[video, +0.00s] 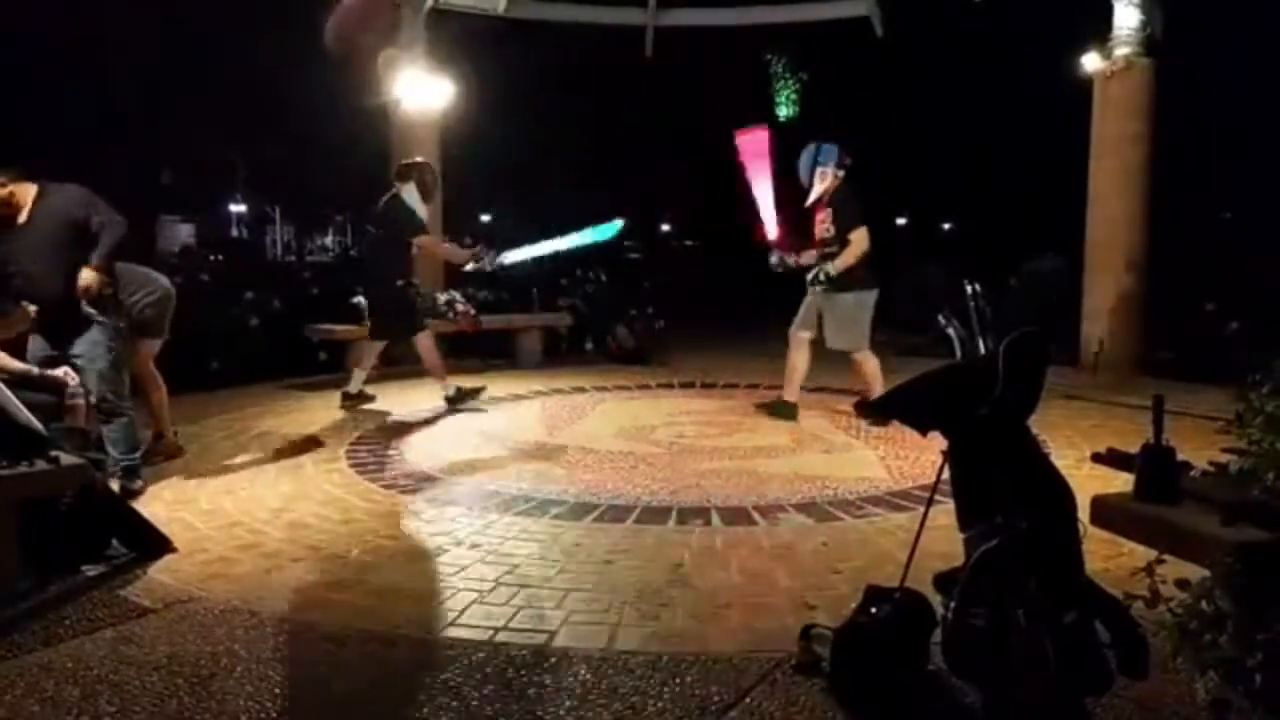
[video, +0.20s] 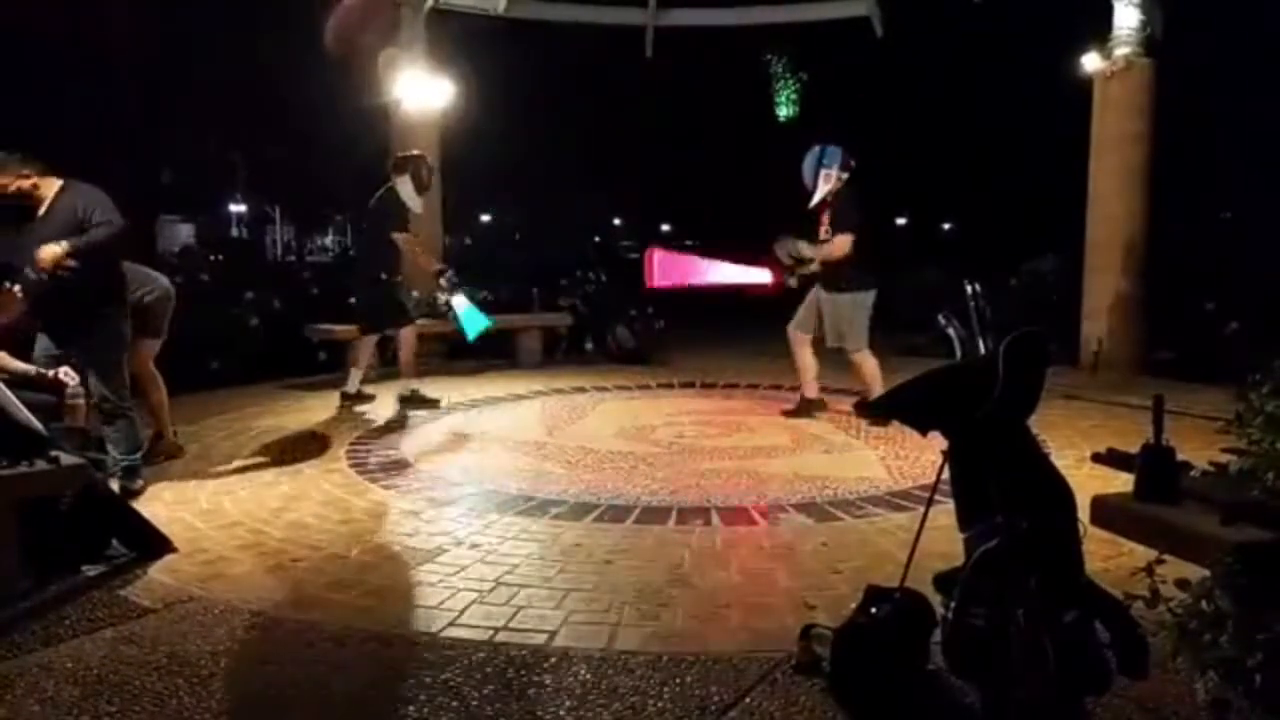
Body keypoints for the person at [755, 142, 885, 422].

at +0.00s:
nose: (817, 182)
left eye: (821, 175)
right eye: (815, 175)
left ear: (832, 173)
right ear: (813, 174)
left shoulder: (845, 200)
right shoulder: (821, 203)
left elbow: (861, 242)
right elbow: (826, 249)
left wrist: (831, 268)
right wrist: (792, 260)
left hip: (854, 287)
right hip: (824, 285)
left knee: (857, 349)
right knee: (799, 335)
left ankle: (879, 401)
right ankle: (788, 400)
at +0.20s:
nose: (816, 181)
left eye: (821, 174)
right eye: (817, 174)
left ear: (833, 174)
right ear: (826, 174)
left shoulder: (848, 200)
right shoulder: (827, 202)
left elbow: (842, 247)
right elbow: (830, 251)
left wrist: (806, 250)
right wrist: (804, 269)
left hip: (853, 289)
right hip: (827, 285)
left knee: (857, 349)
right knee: (798, 333)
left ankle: (879, 402)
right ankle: (810, 397)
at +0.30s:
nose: (812, 183)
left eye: (815, 177)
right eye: (812, 177)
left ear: (827, 176)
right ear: (832, 176)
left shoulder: (839, 203)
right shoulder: (831, 202)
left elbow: (820, 247)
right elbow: (833, 250)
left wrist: (789, 232)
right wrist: (807, 267)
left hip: (850, 289)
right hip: (825, 286)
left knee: (855, 348)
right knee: (787, 325)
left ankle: (879, 399)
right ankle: (799, 391)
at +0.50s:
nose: (799, 185)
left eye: (802, 179)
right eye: (801, 179)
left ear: (813, 177)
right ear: (821, 176)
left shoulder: (824, 201)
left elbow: (796, 241)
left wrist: (781, 229)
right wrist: (793, 255)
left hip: (839, 289)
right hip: (813, 287)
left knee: (854, 347)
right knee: (782, 331)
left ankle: (879, 398)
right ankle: (762, 391)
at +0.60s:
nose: (769, 194)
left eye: (773, 188)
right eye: (771, 189)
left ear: (784, 188)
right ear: (788, 187)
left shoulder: (800, 212)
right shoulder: (781, 212)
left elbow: (797, 256)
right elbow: (779, 252)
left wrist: (776, 271)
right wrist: (764, 252)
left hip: (818, 295)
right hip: (789, 294)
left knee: (840, 349)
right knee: (761, 339)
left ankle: (876, 396)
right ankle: (743, 398)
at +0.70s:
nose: (755, 194)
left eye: (758, 188)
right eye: (756, 188)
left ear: (769, 185)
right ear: (765, 185)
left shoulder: (787, 210)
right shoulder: (759, 214)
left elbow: (799, 255)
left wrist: (777, 286)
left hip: (811, 289)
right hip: (780, 290)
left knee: (831, 345)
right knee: (751, 337)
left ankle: (869, 397)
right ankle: (743, 399)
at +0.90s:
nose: (754, 192)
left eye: (758, 186)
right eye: (750, 186)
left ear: (769, 187)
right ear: (745, 188)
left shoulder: (786, 212)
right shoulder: (745, 221)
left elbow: (798, 256)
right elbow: (720, 251)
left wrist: (778, 286)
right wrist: (688, 266)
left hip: (810, 284)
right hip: (774, 285)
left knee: (819, 344)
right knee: (749, 336)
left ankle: (851, 402)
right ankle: (742, 399)